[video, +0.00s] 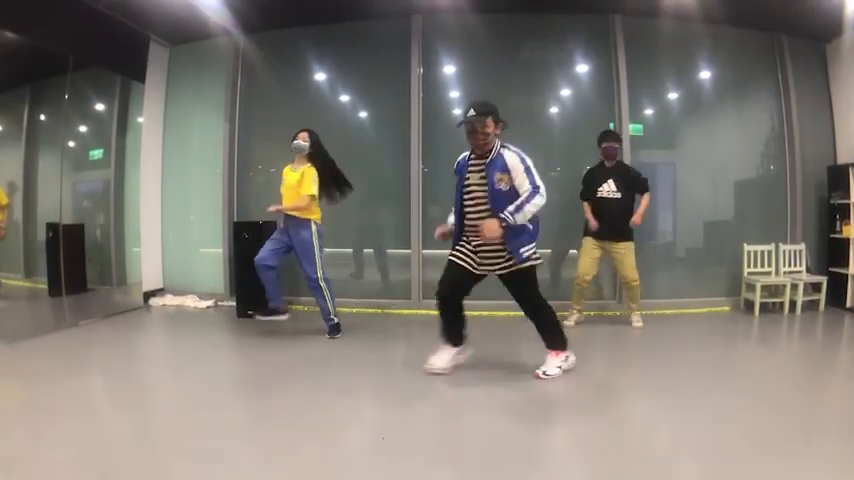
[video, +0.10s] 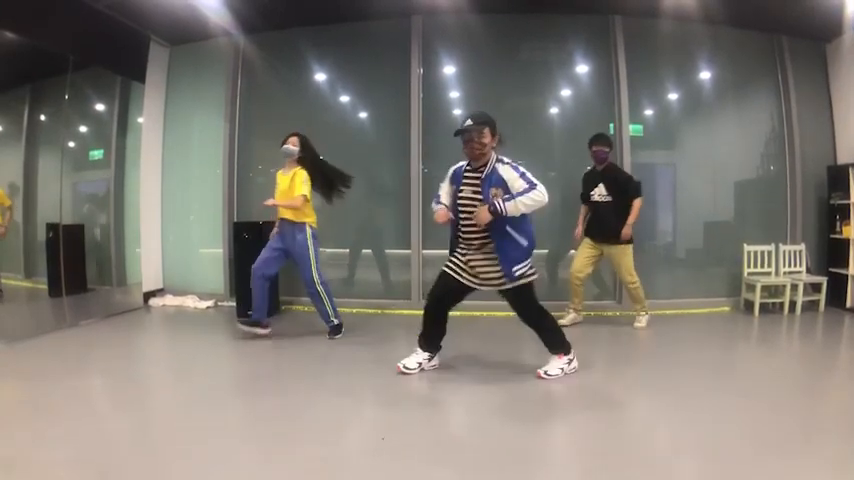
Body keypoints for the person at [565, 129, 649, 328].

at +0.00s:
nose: (611, 152)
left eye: (614, 148)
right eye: (607, 148)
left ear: (620, 149)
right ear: (600, 149)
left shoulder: (629, 173)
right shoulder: (592, 174)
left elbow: (645, 193)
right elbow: (585, 199)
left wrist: (639, 214)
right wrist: (590, 218)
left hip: (621, 237)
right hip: (594, 236)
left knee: (631, 279)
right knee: (582, 277)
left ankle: (635, 312)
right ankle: (577, 311)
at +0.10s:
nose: (599, 154)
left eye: (603, 151)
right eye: (596, 151)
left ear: (610, 151)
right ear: (590, 152)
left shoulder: (620, 176)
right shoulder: (588, 177)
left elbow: (637, 198)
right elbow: (585, 203)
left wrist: (628, 225)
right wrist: (580, 224)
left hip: (618, 240)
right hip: (593, 238)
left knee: (629, 279)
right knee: (576, 273)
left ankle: (641, 312)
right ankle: (576, 312)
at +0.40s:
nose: (585, 153)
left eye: (588, 150)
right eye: (581, 150)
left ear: (594, 150)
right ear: (575, 151)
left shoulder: (602, 173)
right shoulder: (566, 175)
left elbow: (612, 198)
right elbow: (556, 197)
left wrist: (605, 214)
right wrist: (554, 217)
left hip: (600, 237)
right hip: (574, 237)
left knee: (611, 277)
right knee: (568, 278)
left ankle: (619, 311)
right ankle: (566, 313)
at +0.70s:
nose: (601, 154)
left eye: (604, 150)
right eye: (596, 150)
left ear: (608, 152)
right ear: (588, 152)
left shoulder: (605, 177)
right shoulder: (581, 173)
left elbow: (600, 208)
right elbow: (568, 201)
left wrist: (609, 228)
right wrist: (579, 226)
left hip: (599, 238)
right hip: (577, 237)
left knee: (609, 276)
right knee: (566, 279)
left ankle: (603, 315)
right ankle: (545, 311)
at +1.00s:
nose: (606, 154)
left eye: (609, 151)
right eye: (601, 151)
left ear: (613, 152)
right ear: (594, 153)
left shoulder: (616, 179)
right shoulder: (585, 175)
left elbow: (623, 199)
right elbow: (572, 201)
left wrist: (627, 211)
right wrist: (580, 225)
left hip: (606, 238)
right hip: (582, 238)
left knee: (612, 278)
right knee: (571, 280)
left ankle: (603, 315)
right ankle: (554, 312)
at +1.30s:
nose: (586, 155)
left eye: (589, 151)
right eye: (582, 152)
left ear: (596, 152)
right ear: (576, 154)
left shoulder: (604, 176)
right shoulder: (573, 178)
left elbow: (621, 200)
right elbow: (568, 203)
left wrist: (605, 212)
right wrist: (558, 222)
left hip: (601, 242)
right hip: (575, 239)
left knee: (608, 283)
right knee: (561, 276)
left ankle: (618, 315)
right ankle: (558, 315)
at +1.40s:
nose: (575, 164)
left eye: (579, 160)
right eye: (572, 161)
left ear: (586, 162)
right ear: (567, 163)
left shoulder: (593, 186)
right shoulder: (568, 187)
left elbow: (603, 215)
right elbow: (564, 215)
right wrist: (552, 236)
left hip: (597, 247)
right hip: (574, 245)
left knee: (605, 287)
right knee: (555, 279)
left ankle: (622, 316)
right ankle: (555, 317)